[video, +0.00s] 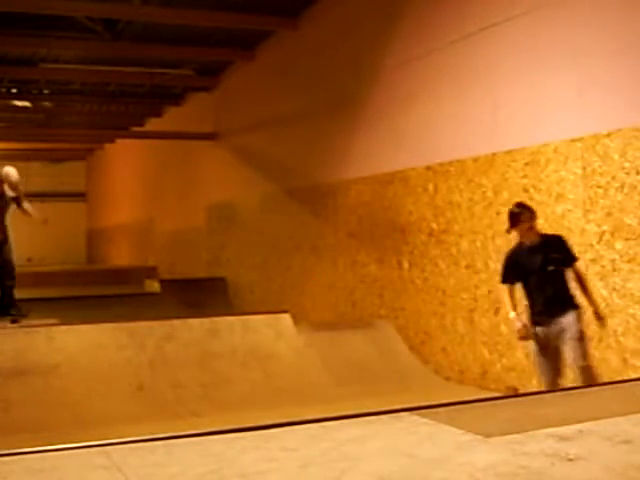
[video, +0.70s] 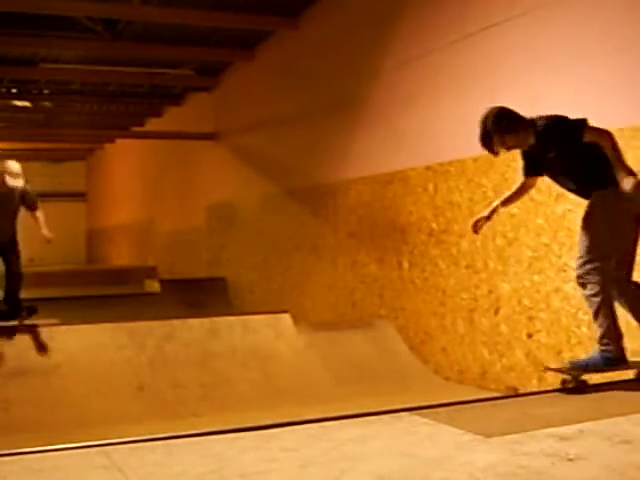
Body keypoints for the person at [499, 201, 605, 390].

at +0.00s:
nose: (520, 229)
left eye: (522, 223)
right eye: (517, 226)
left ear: (532, 221)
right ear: (514, 227)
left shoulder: (555, 243)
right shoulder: (514, 257)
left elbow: (577, 275)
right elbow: (510, 291)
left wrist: (595, 308)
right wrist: (517, 319)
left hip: (567, 314)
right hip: (540, 321)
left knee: (579, 365)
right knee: (548, 378)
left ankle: (593, 405)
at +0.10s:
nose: (537, 218)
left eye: (539, 212)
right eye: (532, 215)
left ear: (548, 209)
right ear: (528, 218)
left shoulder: (573, 228)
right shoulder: (530, 247)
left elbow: (597, 258)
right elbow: (523, 279)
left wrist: (614, 290)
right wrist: (513, 305)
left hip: (590, 296)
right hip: (564, 309)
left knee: (608, 350)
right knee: (580, 367)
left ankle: (632, 391)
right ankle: (590, 407)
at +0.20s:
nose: (545, 196)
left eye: (546, 189)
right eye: (539, 193)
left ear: (554, 187)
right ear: (534, 197)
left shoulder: (578, 201)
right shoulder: (539, 224)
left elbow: (611, 219)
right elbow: (526, 254)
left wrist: (619, 252)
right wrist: (505, 273)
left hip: (600, 264)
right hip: (580, 281)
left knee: (613, 320)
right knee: (605, 349)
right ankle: (631, 377)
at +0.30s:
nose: (542, 169)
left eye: (542, 161)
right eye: (536, 167)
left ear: (549, 156)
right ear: (531, 170)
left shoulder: (578, 168)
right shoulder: (540, 195)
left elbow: (617, 184)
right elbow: (529, 226)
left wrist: (622, 213)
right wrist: (504, 246)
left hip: (610, 227)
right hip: (589, 246)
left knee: (601, 281)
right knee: (622, 321)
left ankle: (636, 314)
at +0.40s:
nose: (533, 155)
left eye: (532, 147)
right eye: (527, 153)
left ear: (541, 136)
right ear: (524, 155)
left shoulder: (576, 145)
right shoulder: (538, 174)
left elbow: (622, 157)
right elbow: (524, 206)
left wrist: (629, 184)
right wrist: (500, 227)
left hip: (618, 207)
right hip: (602, 217)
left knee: (588, 259)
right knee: (621, 275)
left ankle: (633, 305)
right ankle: (633, 314)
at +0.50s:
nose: (527, 148)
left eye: (525, 140)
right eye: (521, 145)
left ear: (533, 127)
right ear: (521, 143)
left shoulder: (573, 132)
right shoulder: (538, 161)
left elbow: (621, 139)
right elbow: (521, 194)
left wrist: (635, 169)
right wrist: (492, 219)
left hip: (620, 201)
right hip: (623, 205)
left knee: (593, 264)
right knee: (619, 280)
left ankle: (619, 334)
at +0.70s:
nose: (506, 149)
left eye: (502, 143)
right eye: (501, 146)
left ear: (509, 130)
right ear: (507, 132)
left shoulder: (551, 128)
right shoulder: (531, 151)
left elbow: (603, 137)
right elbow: (527, 184)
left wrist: (622, 172)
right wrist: (493, 209)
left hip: (610, 196)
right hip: (618, 196)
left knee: (589, 274)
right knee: (617, 279)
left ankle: (610, 350)